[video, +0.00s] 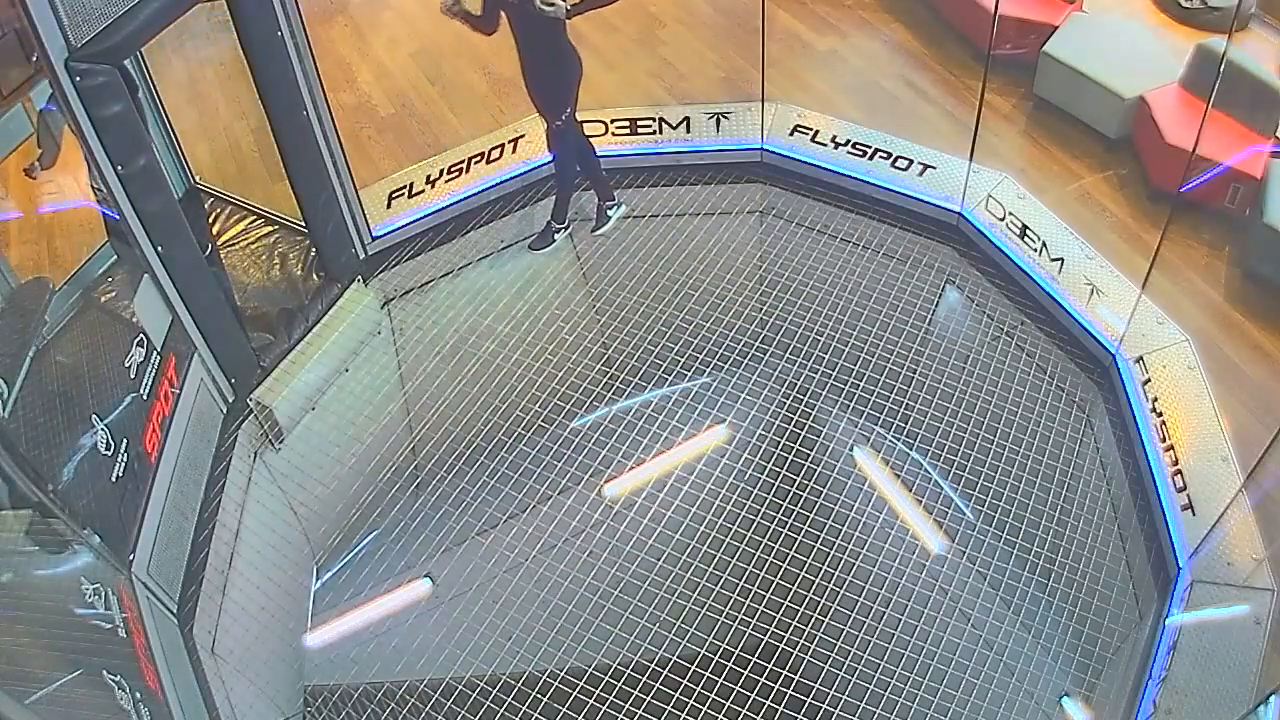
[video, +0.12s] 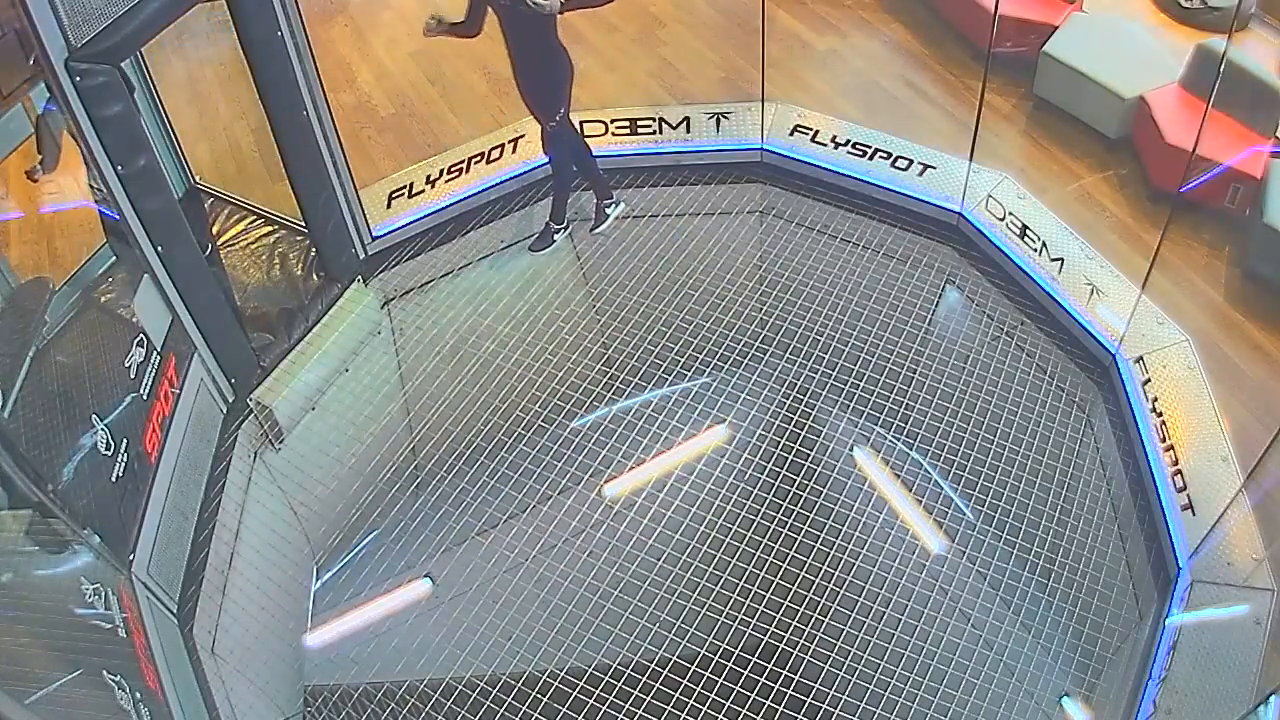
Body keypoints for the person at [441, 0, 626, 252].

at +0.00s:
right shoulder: (496, 2)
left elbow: (606, 0)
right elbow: (488, 25)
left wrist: (569, 11)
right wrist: (461, 14)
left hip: (562, 61)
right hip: (531, 67)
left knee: (560, 138)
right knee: (571, 133)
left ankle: (559, 222)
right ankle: (608, 201)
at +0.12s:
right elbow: (472, 27)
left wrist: (560, 6)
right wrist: (445, 28)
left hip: (553, 62)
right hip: (521, 68)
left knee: (554, 139)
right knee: (565, 133)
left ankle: (557, 221)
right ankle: (607, 199)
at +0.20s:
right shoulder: (479, 1)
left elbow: (598, 1)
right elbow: (463, 28)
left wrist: (554, 5)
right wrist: (428, 33)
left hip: (548, 65)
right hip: (517, 71)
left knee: (552, 144)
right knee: (562, 135)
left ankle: (557, 221)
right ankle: (604, 197)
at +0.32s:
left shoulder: (529, 1)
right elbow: (451, 30)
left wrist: (549, 10)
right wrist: (408, 31)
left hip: (542, 68)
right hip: (511, 73)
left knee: (547, 145)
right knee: (557, 135)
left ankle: (557, 222)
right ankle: (602, 196)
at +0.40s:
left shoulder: (524, 2)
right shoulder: (469, 1)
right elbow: (446, 31)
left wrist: (558, 14)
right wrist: (400, 32)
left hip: (538, 71)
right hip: (508, 77)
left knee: (543, 149)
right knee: (554, 136)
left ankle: (558, 222)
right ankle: (603, 190)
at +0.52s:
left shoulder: (524, 0)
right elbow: (439, 28)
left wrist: (558, 23)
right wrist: (391, 29)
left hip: (532, 72)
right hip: (504, 77)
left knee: (542, 153)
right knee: (548, 137)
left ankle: (559, 221)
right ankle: (602, 182)